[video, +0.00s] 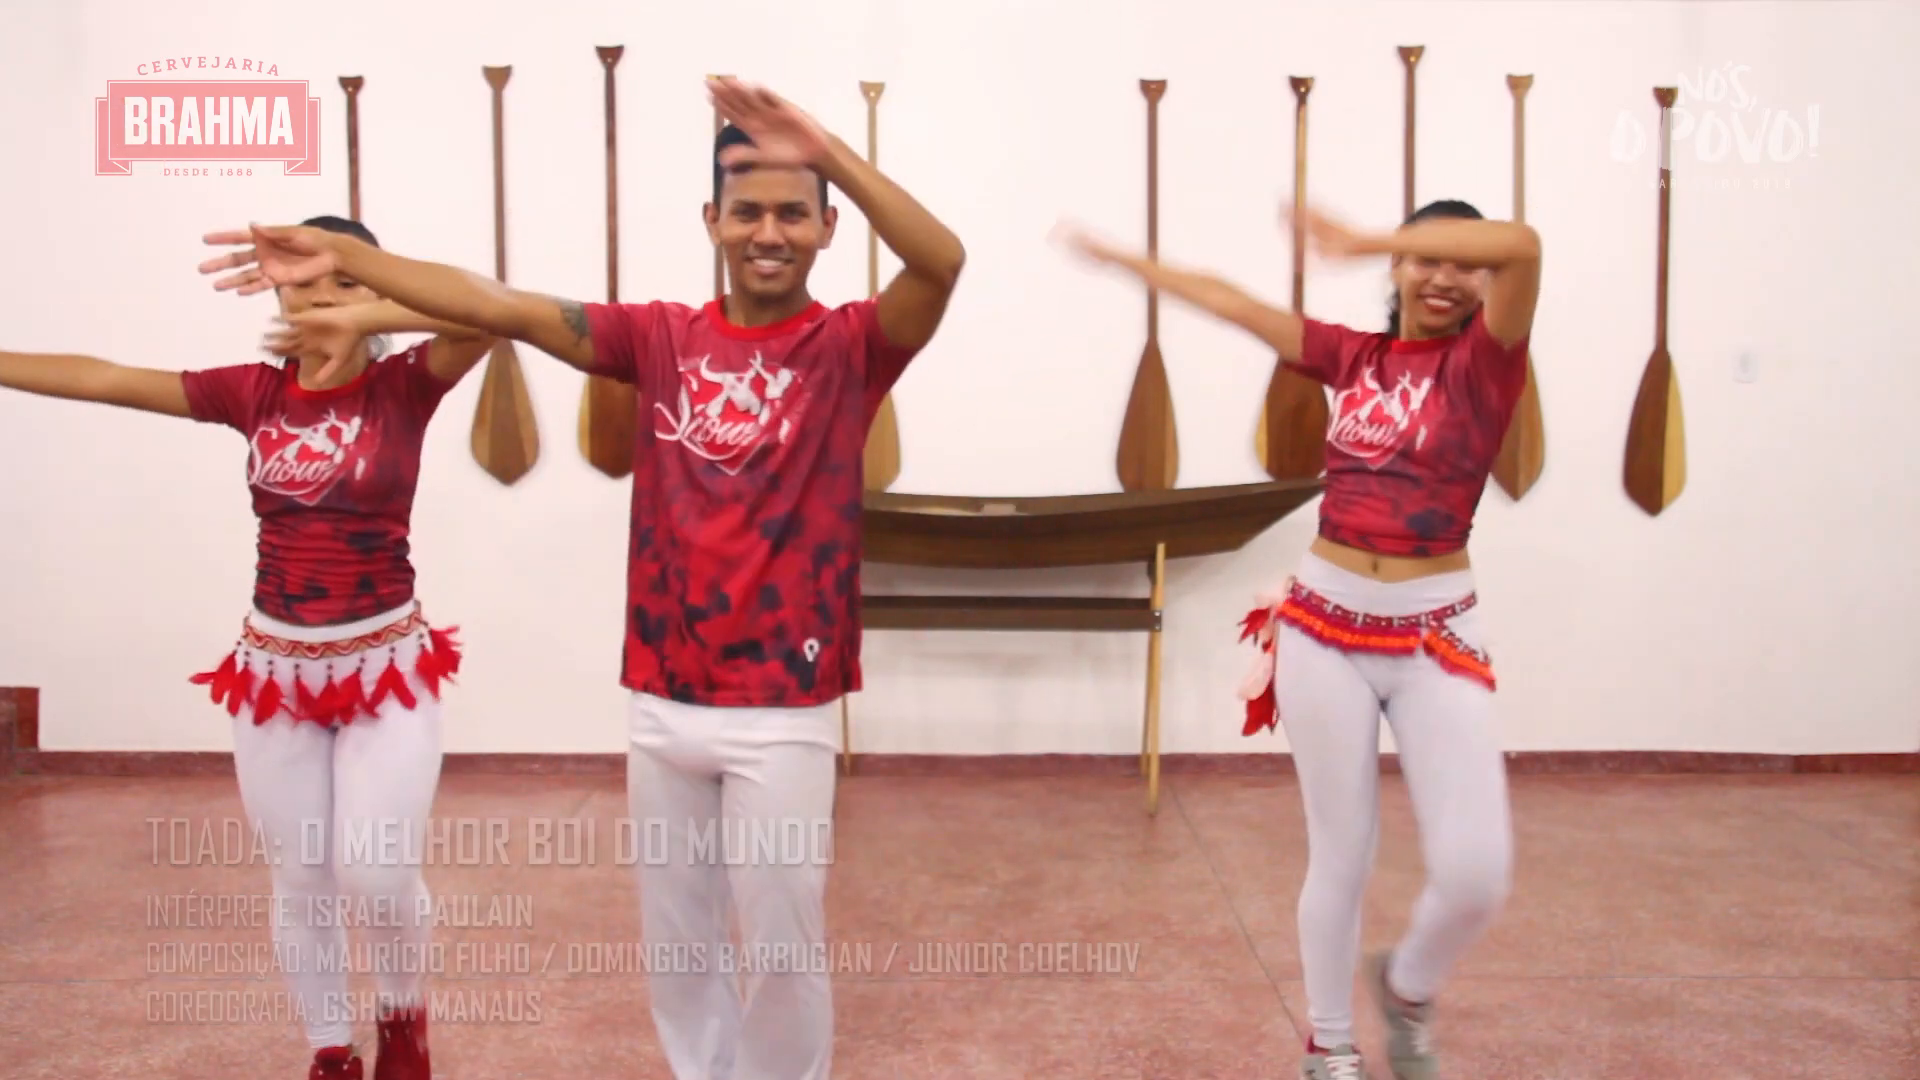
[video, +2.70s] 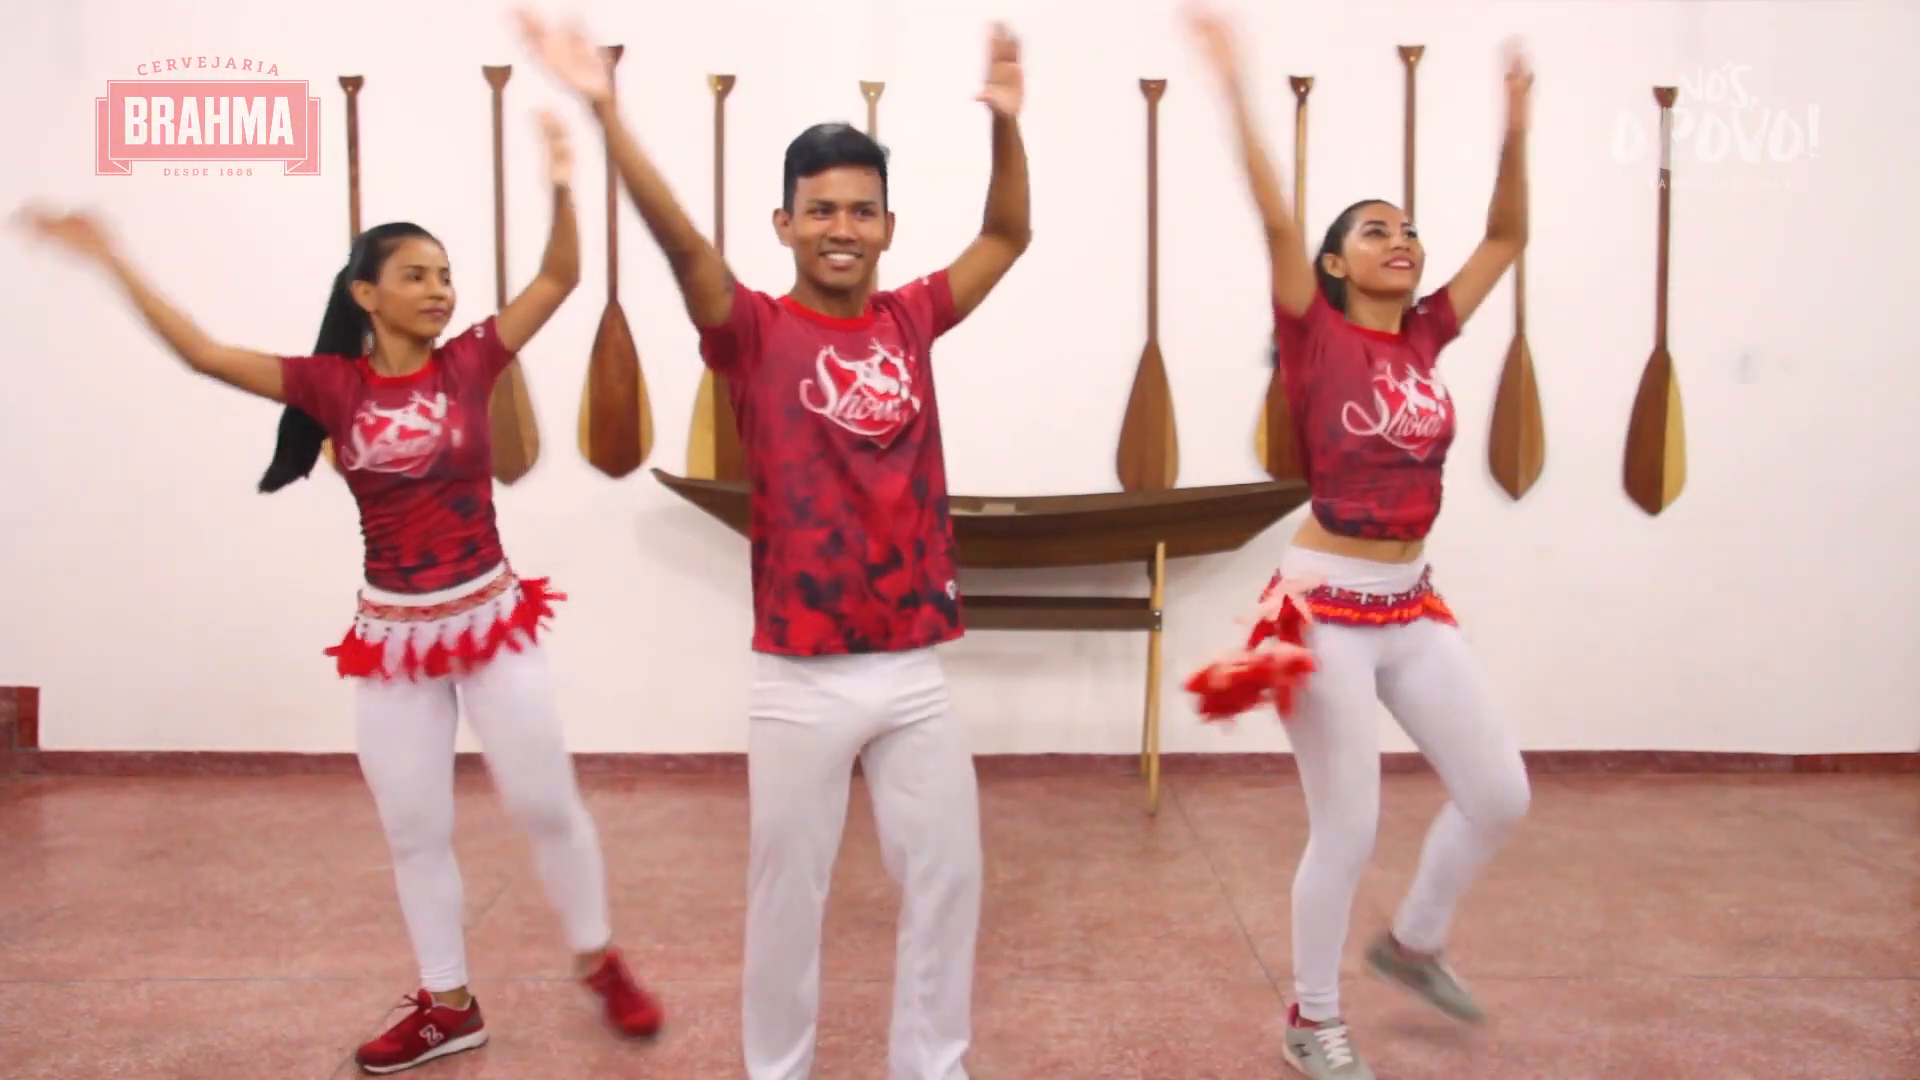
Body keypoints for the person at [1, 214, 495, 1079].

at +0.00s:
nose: (313, 298)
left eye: (335, 283)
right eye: (302, 281)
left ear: (375, 302)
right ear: (285, 297)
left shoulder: (403, 387)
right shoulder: (253, 391)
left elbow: (489, 317)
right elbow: (101, 377)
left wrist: (368, 282)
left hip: (389, 673)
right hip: (276, 677)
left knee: (375, 869)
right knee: (301, 881)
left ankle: (403, 1019)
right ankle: (333, 1056)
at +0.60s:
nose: (345, 273)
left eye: (366, 260)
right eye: (333, 255)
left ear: (406, 282)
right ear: (315, 270)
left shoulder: (414, 380)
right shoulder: (321, 367)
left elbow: (387, 267)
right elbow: (225, 286)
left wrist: (328, 122)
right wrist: (193, 152)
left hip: (389, 681)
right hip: (307, 683)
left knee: (396, 910)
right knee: (327, 895)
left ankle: (471, 1076)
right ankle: (364, 1058)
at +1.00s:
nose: (373, 290)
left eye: (394, 273)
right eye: (365, 272)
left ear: (452, 288)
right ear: (353, 281)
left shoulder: (455, 393)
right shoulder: (370, 361)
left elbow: (436, 313)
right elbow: (312, 284)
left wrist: (388, 183)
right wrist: (292, 213)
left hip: (458, 692)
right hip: (390, 690)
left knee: (447, 940)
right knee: (281, 846)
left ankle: (483, 1079)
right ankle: (434, 989)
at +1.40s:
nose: (363, 287)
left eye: (386, 267)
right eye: (359, 267)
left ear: (448, 290)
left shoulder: (442, 389)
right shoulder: (435, 385)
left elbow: (367, 317)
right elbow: (361, 305)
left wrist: (292, 219)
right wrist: (296, 233)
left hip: (457, 684)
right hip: (453, 675)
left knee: (435, 927)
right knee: (394, 852)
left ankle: (481, 1076)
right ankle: (498, 1027)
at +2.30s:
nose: (386, 303)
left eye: (404, 289)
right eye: (366, 286)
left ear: (429, 306)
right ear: (340, 303)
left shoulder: (436, 381)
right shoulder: (338, 395)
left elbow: (467, 275)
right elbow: (262, 378)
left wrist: (345, 220)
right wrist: (196, 308)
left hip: (452, 646)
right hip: (373, 651)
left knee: (366, 825)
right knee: (362, 830)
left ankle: (465, 988)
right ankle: (435, 991)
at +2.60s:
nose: (421, 291)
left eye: (430, 278)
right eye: (400, 278)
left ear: (443, 293)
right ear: (354, 296)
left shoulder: (464, 362)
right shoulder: (326, 392)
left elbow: (545, 273)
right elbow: (187, 373)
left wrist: (508, 196)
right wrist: (63, 317)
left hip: (480, 633)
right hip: (387, 645)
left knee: (512, 822)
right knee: (408, 834)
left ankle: (543, 997)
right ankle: (447, 1003)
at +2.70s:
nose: (443, 290)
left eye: (447, 275)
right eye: (421, 276)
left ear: (452, 290)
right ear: (368, 295)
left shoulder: (472, 361)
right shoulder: (331, 384)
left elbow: (560, 274)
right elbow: (203, 352)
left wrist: (563, 180)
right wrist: (112, 257)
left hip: (495, 625)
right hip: (397, 639)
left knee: (548, 804)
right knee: (415, 831)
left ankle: (599, 960)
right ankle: (449, 1004)